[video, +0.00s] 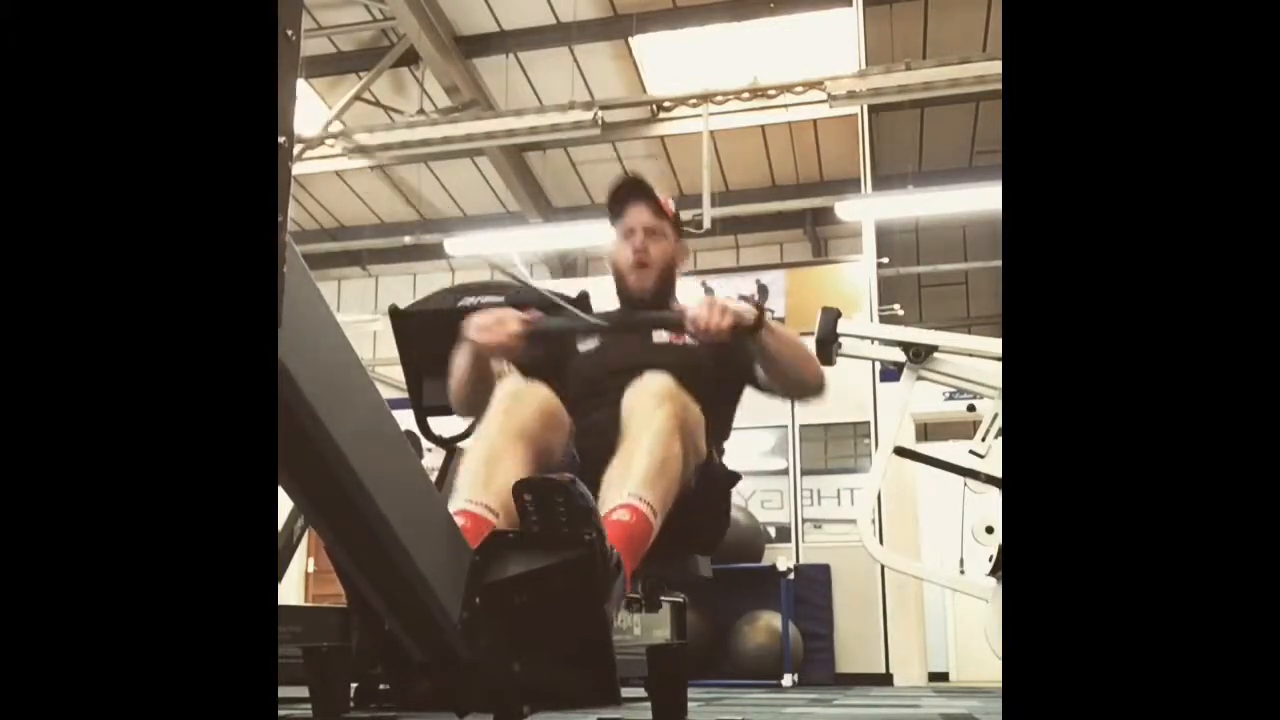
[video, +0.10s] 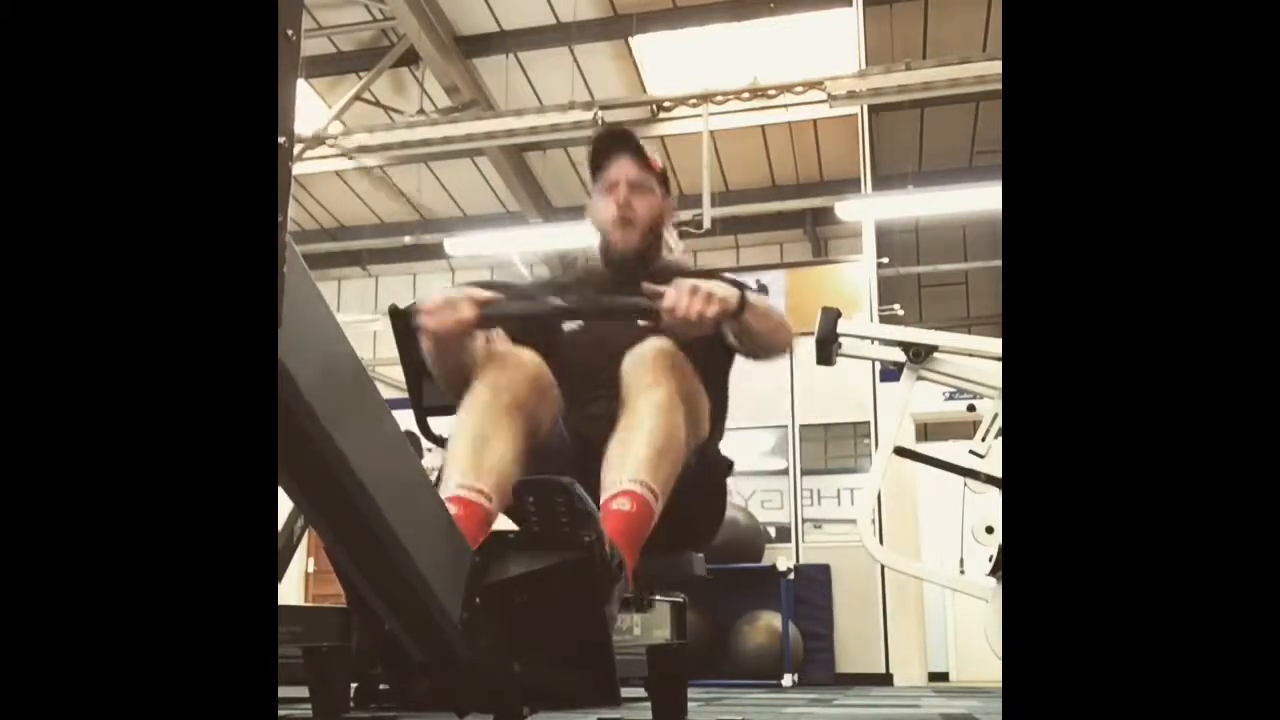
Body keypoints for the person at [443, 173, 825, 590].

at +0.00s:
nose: (639, 246)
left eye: (654, 235)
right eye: (628, 235)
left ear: (680, 250)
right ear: (612, 251)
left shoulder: (717, 329)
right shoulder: (571, 332)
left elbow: (809, 383)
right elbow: (468, 407)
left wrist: (753, 326)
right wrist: (473, 344)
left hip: (681, 501)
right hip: (568, 492)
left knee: (654, 391)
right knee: (521, 395)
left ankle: (606, 567)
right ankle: (458, 553)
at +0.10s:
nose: (622, 203)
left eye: (639, 190)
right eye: (609, 190)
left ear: (666, 208)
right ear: (590, 207)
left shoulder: (705, 293)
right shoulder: (551, 287)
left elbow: (778, 342)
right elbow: (461, 387)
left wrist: (734, 305)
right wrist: (445, 339)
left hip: (675, 497)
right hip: (559, 493)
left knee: (655, 357)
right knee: (510, 365)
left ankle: (606, 566)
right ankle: (445, 556)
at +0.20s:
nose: (603, 161)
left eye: (620, 150)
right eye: (588, 151)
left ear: (652, 174)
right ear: (569, 179)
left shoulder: (698, 257)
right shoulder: (524, 274)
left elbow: (749, 308)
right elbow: (455, 329)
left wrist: (703, 285)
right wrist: (403, 319)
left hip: (669, 492)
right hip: (546, 487)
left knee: (652, 341)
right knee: (489, 336)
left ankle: (606, 565)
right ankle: (443, 557)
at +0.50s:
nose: (619, 182)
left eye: (636, 175)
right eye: (606, 175)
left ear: (665, 196)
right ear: (588, 200)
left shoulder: (699, 267)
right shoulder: (556, 276)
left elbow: (735, 328)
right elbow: (478, 328)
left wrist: (697, 287)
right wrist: (429, 307)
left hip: (676, 477)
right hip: (562, 474)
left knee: (664, 395)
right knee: (508, 398)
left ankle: (612, 568)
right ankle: (446, 557)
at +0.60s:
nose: (639, 219)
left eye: (654, 212)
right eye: (627, 213)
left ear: (680, 229)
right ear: (613, 231)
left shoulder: (711, 301)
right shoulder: (580, 311)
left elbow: (760, 350)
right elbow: (505, 356)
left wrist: (722, 307)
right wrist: (478, 323)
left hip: (688, 481)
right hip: (581, 477)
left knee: (666, 434)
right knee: (522, 444)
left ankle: (610, 579)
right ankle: (448, 562)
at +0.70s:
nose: (652, 269)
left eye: (667, 261)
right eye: (641, 259)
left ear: (691, 280)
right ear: (624, 274)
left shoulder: (722, 345)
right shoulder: (593, 348)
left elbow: (784, 401)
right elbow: (512, 408)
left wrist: (744, 354)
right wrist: (509, 365)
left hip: (686, 481)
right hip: (587, 479)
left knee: (666, 469)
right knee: (531, 471)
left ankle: (613, 577)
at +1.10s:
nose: (641, 259)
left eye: (655, 248)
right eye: (628, 249)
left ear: (681, 262)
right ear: (611, 261)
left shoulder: (716, 333)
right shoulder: (570, 337)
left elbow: (803, 385)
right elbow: (475, 410)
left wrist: (753, 328)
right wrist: (476, 347)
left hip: (682, 499)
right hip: (566, 493)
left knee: (654, 397)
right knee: (526, 400)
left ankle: (610, 560)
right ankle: (465, 547)